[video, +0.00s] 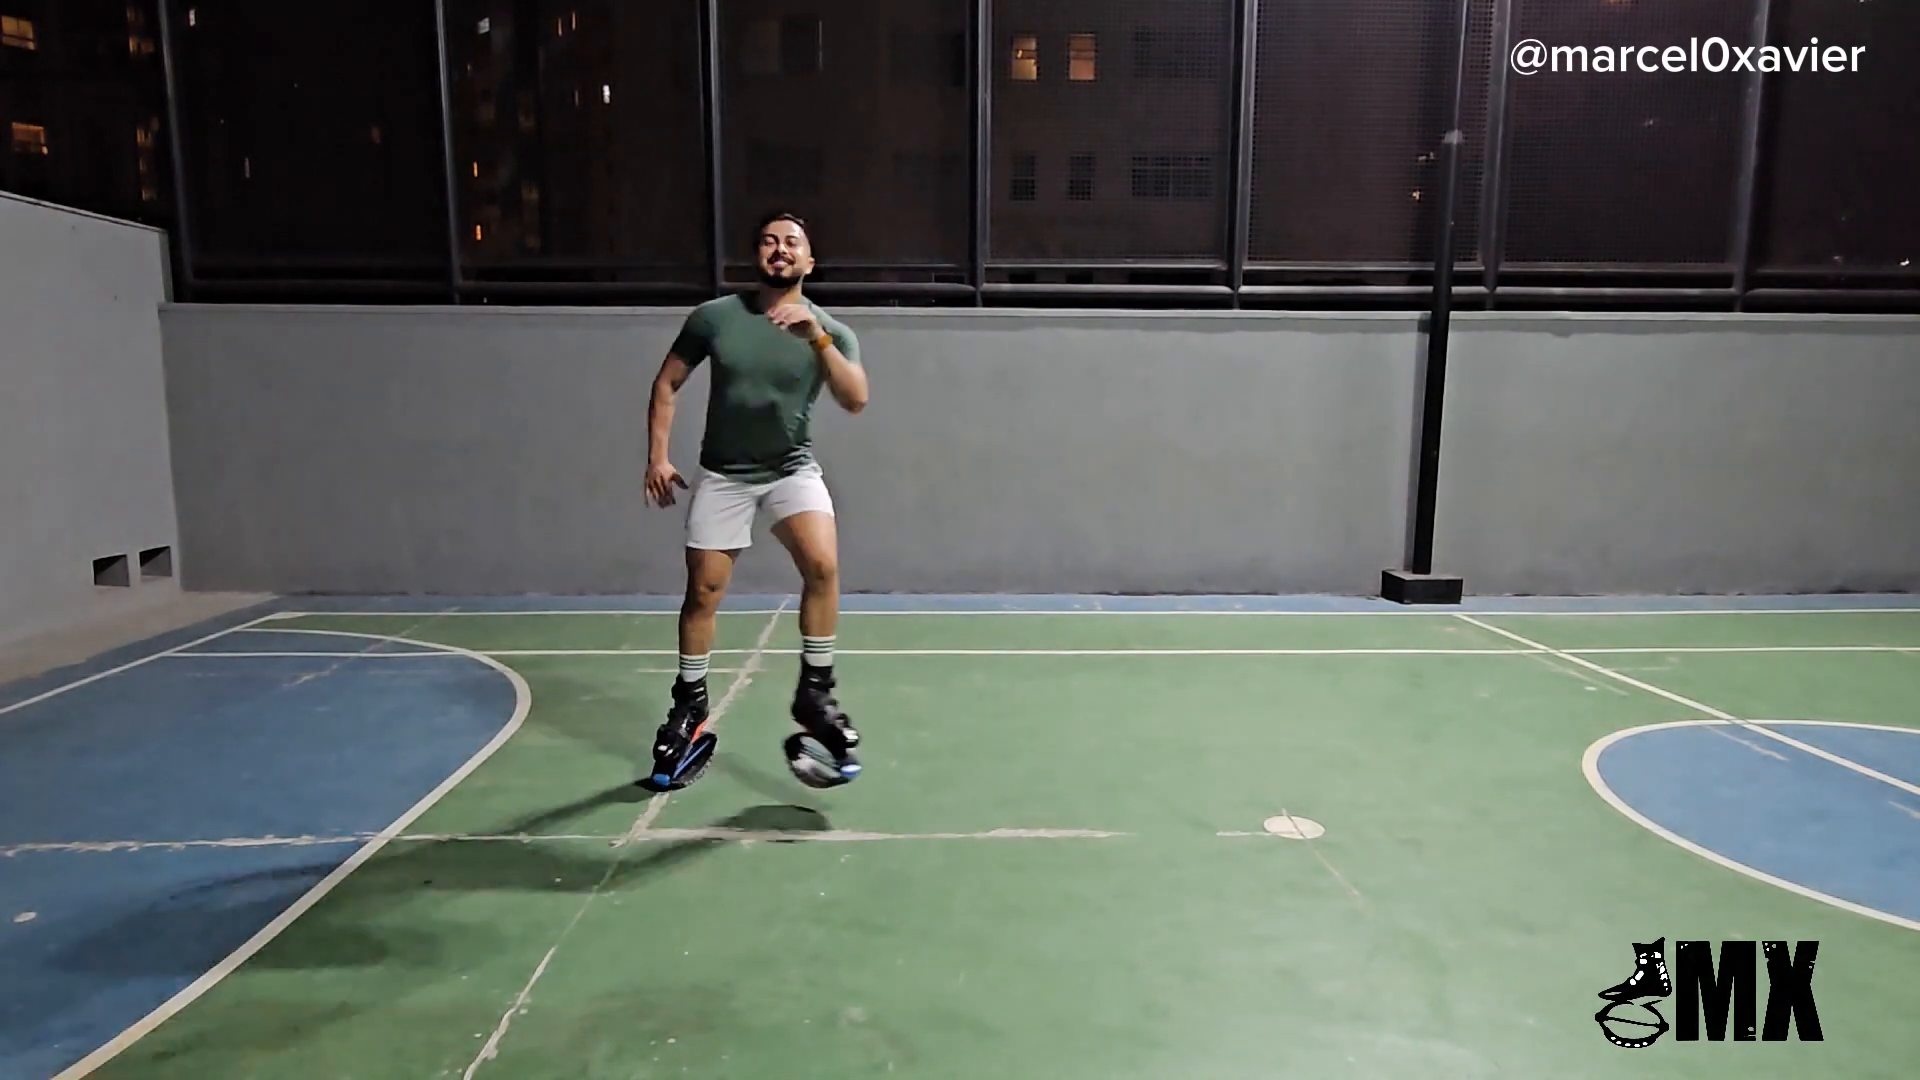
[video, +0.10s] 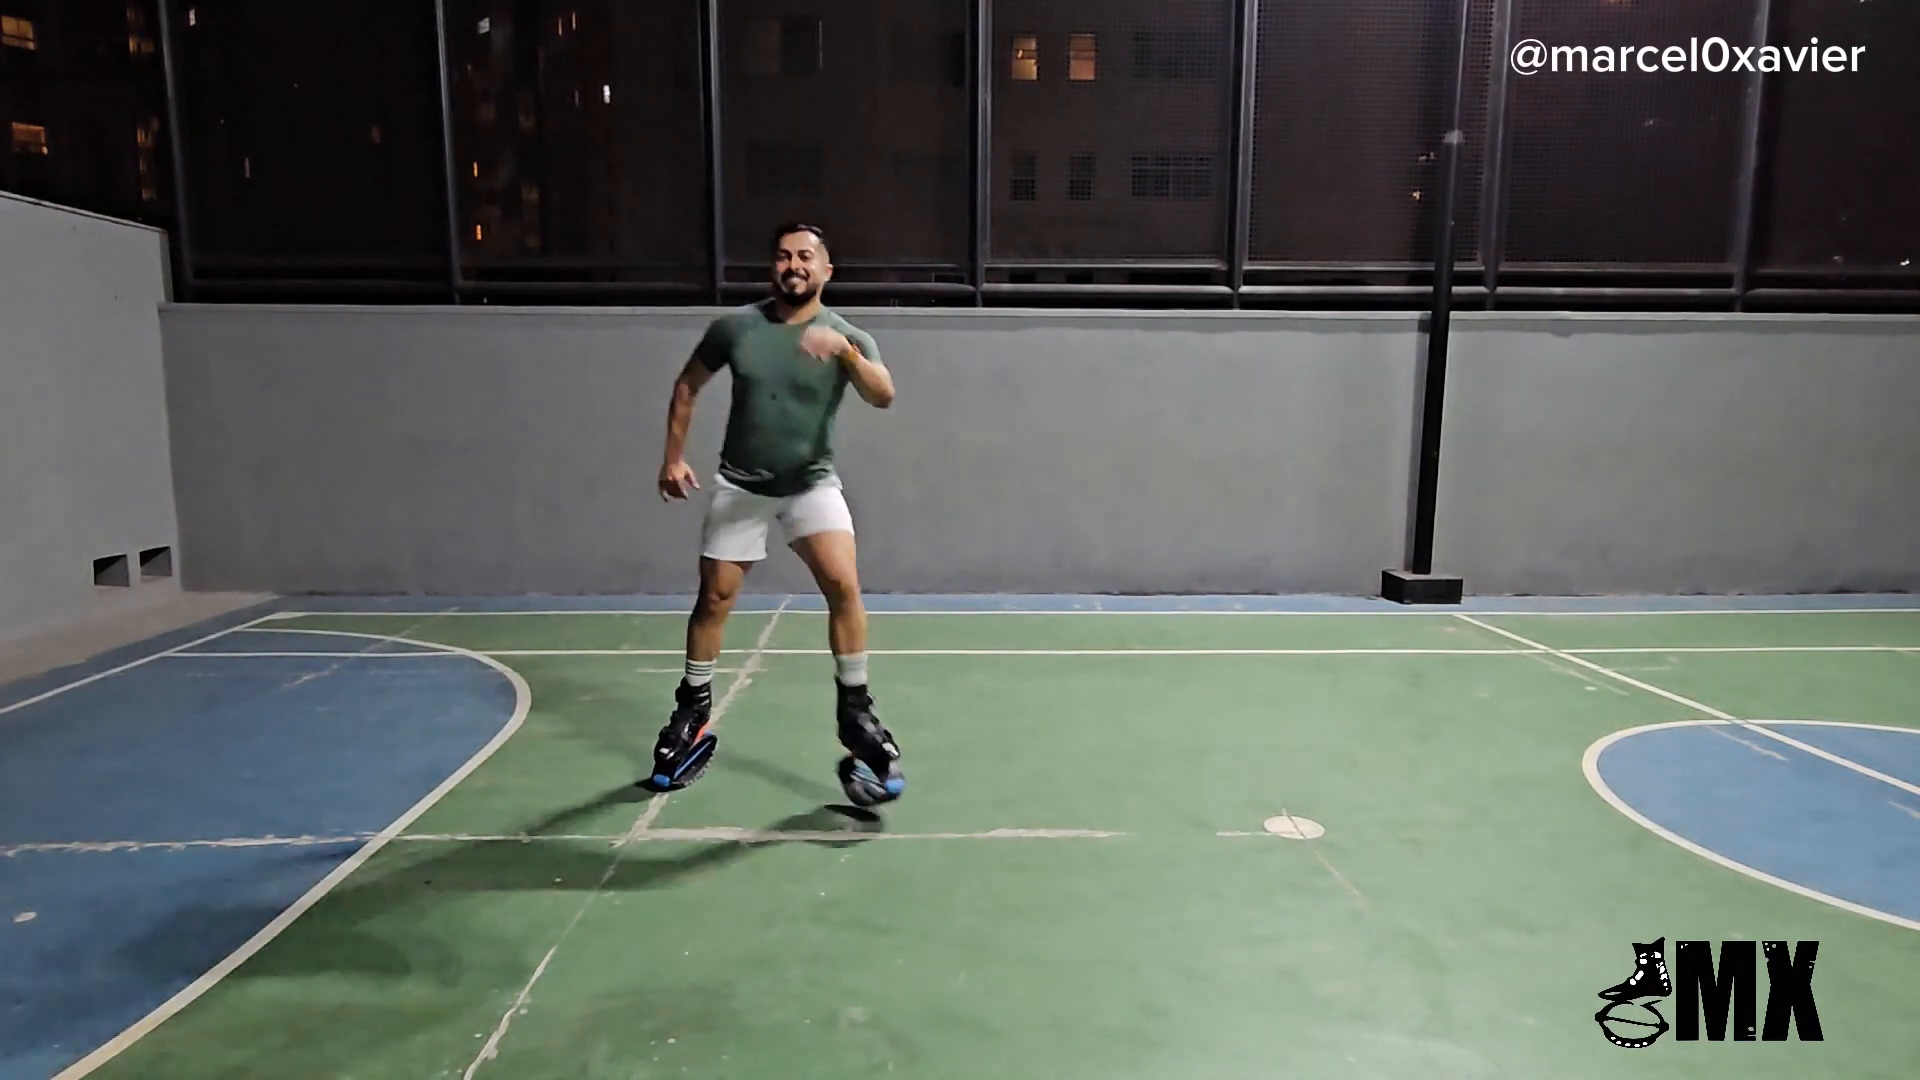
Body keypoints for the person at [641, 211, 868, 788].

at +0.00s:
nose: (778, 249)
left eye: (790, 243)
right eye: (769, 242)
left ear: (810, 262)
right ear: (754, 258)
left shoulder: (831, 330)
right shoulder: (713, 317)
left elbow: (856, 400)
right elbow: (667, 382)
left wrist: (820, 341)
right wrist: (657, 457)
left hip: (792, 473)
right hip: (723, 477)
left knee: (823, 565)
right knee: (703, 590)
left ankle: (815, 693)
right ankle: (689, 711)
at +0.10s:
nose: (794, 265)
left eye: (805, 257)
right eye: (785, 256)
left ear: (827, 270)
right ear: (771, 268)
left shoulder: (847, 335)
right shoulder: (734, 329)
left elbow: (883, 395)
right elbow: (687, 386)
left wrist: (846, 352)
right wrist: (673, 457)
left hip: (812, 486)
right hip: (740, 487)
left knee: (844, 585)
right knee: (715, 598)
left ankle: (856, 712)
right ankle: (691, 712)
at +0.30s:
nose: (831, 262)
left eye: (844, 253)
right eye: (823, 253)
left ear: (868, 267)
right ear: (812, 264)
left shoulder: (889, 334)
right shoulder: (788, 341)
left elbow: (921, 412)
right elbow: (757, 408)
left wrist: (932, 480)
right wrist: (742, 463)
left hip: (872, 496)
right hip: (801, 494)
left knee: (879, 605)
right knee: (761, 597)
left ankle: (879, 733)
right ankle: (731, 705)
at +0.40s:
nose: (847, 248)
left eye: (860, 240)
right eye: (840, 240)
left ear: (887, 255)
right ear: (831, 254)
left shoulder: (911, 323)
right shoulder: (812, 332)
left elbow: (946, 412)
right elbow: (793, 400)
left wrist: (957, 495)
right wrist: (788, 420)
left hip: (891, 485)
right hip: (824, 482)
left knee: (888, 599)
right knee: (788, 584)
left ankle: (883, 729)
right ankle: (806, 696)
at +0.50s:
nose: (866, 252)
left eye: (879, 243)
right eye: (859, 243)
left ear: (905, 254)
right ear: (850, 253)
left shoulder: (936, 323)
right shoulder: (828, 333)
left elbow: (968, 406)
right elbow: (806, 420)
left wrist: (965, 484)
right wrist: (823, 388)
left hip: (915, 483)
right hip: (848, 481)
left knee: (900, 601)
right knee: (828, 593)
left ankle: (888, 732)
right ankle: (883, 676)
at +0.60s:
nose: (885, 268)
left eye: (898, 258)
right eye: (878, 257)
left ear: (923, 264)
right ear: (868, 264)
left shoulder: (955, 332)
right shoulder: (842, 338)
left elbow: (986, 410)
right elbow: (819, 417)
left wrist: (975, 481)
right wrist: (857, 378)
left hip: (939, 485)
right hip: (876, 487)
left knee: (920, 594)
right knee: (881, 604)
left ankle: (895, 723)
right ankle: (940, 693)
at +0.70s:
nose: (904, 279)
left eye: (916, 270)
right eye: (895, 269)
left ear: (938, 275)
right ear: (883, 276)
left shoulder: (972, 340)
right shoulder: (856, 349)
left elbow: (1002, 417)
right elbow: (834, 422)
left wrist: (997, 491)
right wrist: (884, 399)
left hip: (961, 483)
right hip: (899, 497)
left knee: (958, 584)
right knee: (923, 620)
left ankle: (932, 709)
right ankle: (960, 714)